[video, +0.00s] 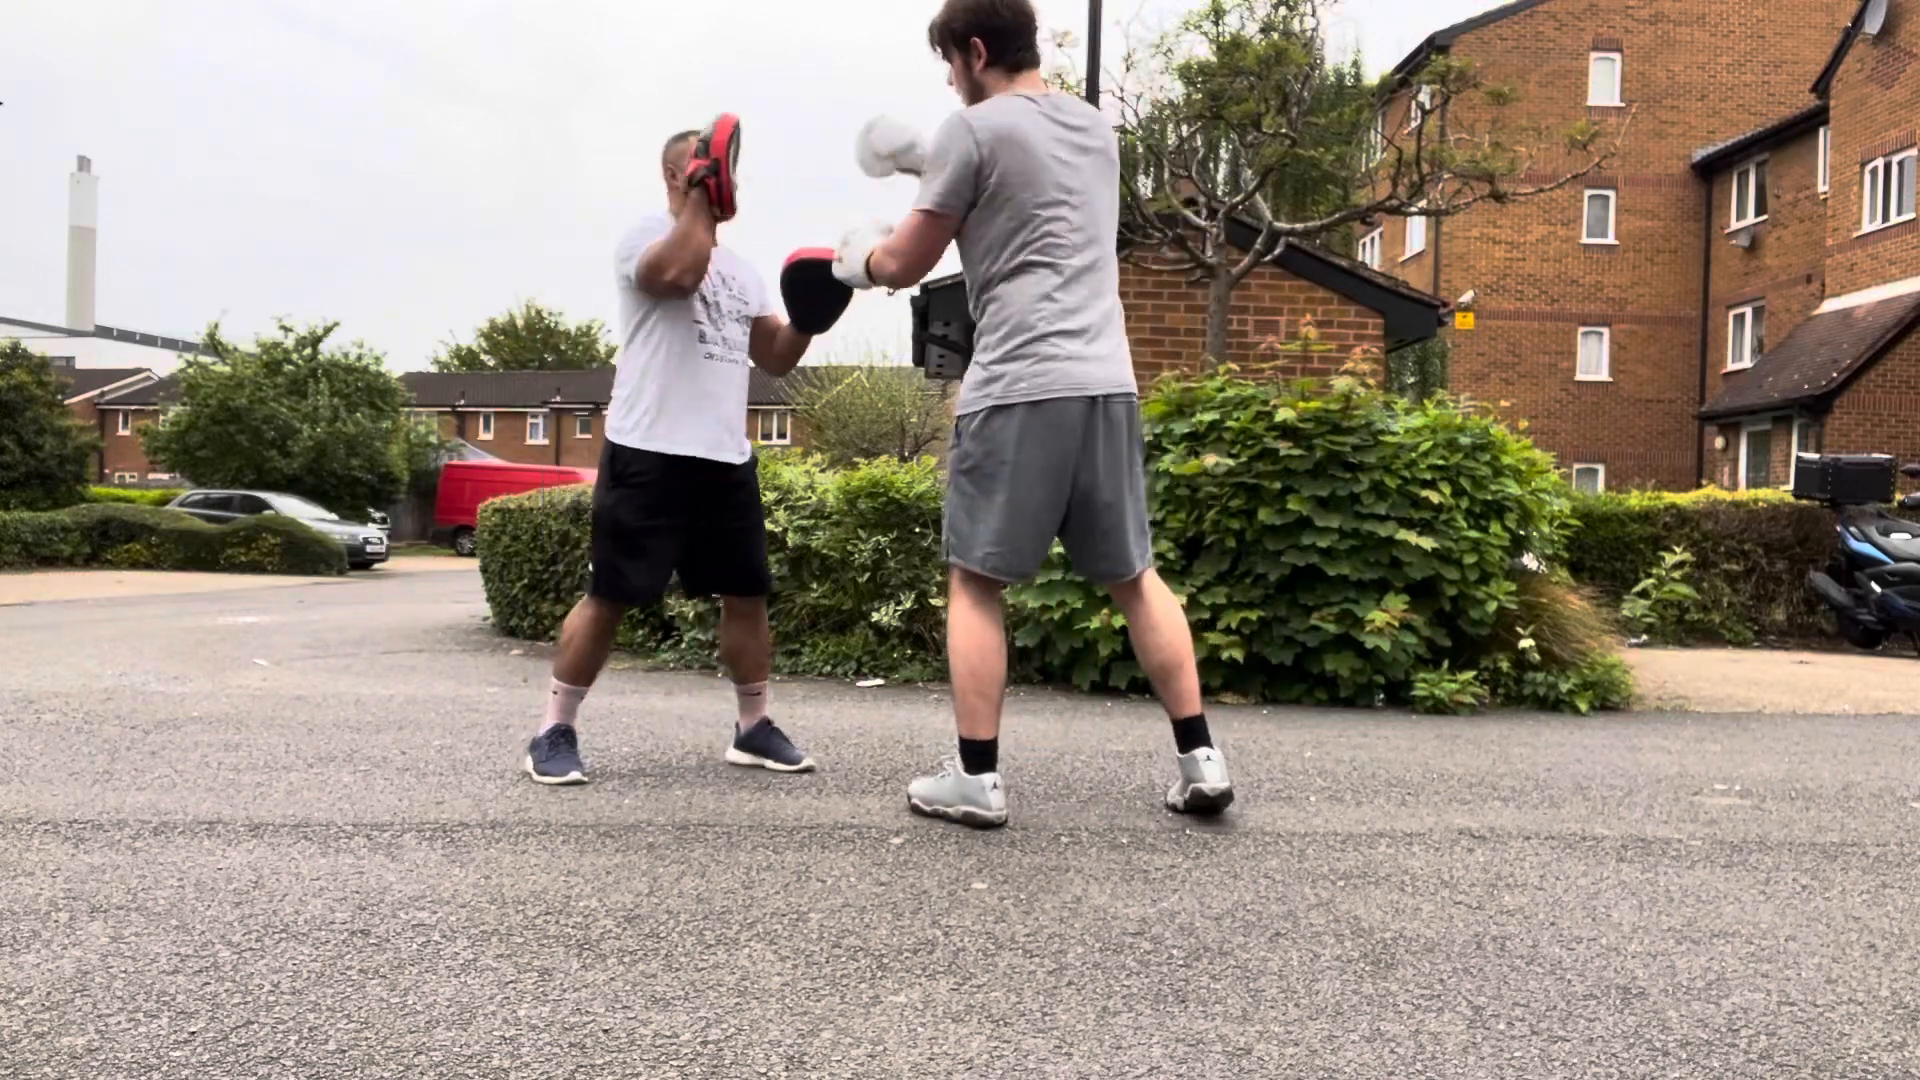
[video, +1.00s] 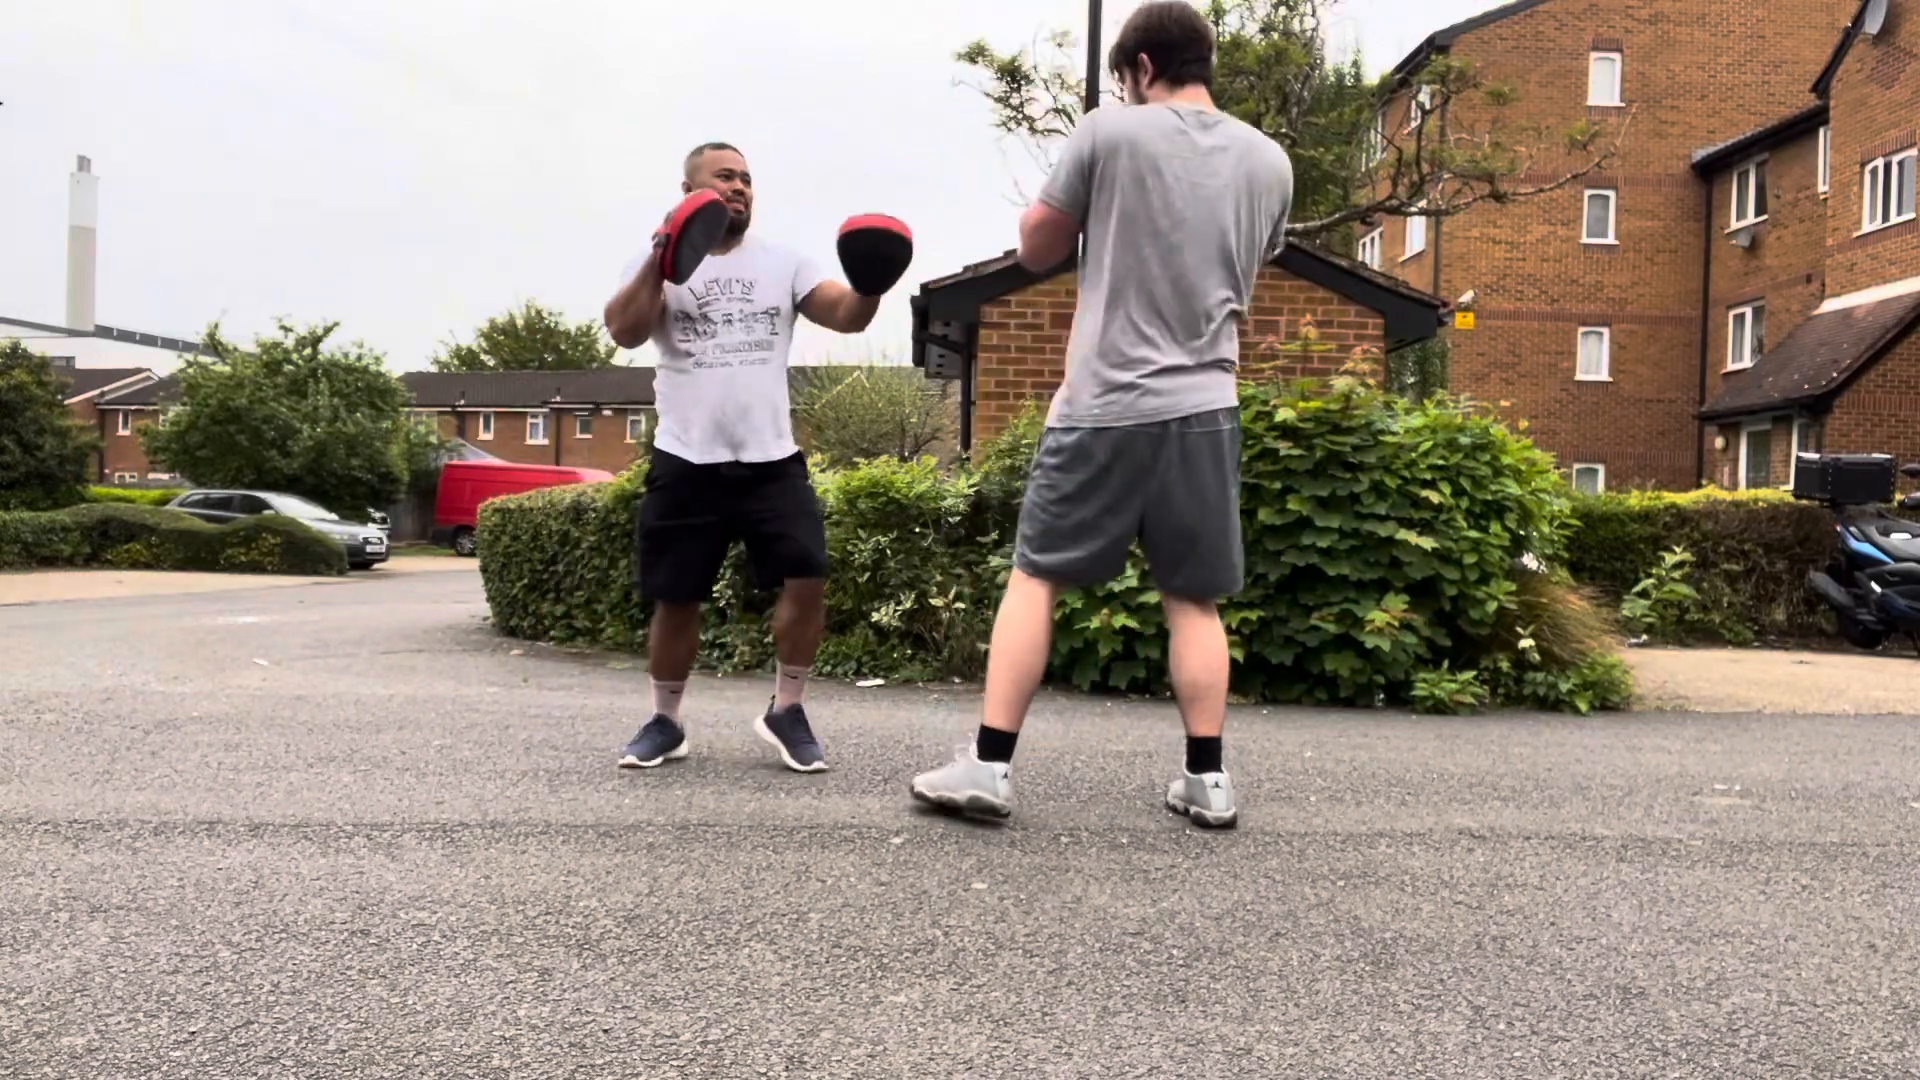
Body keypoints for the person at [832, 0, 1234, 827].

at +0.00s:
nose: (948, 79)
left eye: (948, 63)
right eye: (945, 65)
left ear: (973, 53)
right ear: (1029, 46)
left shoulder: (974, 128)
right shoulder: (1095, 124)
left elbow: (906, 260)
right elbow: (1035, 202)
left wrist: (873, 257)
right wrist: (941, 161)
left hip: (1016, 391)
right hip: (1111, 387)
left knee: (977, 583)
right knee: (1134, 574)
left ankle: (977, 778)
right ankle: (1201, 758)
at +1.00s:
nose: (1124, 88)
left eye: (1124, 76)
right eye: (1126, 77)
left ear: (1143, 69)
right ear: (1206, 67)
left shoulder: (1107, 133)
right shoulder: (1270, 160)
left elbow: (1037, 249)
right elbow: (1246, 264)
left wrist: (1065, 209)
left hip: (1099, 408)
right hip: (1206, 409)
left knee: (1035, 575)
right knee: (1194, 596)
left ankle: (988, 764)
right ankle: (1207, 780)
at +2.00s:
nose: (983, 115)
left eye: (979, 99)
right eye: (979, 100)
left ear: (997, 88)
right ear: (1055, 74)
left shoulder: (1038, 160)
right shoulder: (1126, 133)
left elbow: (1045, 288)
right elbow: (1113, 287)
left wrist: (947, 301)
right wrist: (1000, 345)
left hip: (1092, 402)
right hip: (1181, 393)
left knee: (1012, 572)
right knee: (1173, 582)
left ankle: (980, 772)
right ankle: (1208, 778)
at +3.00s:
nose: (1122, 84)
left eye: (1122, 70)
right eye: (1120, 72)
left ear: (1146, 55)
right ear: (1209, 57)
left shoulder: (1131, 119)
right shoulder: (1266, 145)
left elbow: (1061, 239)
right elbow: (1240, 247)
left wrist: (1071, 187)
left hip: (1132, 394)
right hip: (1229, 399)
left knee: (1055, 556)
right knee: (1204, 583)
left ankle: (1037, 749)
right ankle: (1210, 779)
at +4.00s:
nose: (991, 93)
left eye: (990, 82)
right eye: (989, 82)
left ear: (1012, 73)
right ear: (1076, 64)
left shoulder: (989, 141)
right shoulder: (1153, 136)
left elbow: (910, 208)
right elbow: (1161, 241)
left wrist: (891, 188)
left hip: (1042, 400)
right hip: (1152, 397)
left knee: (994, 584)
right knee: (1191, 581)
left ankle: (997, 780)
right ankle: (1252, 767)